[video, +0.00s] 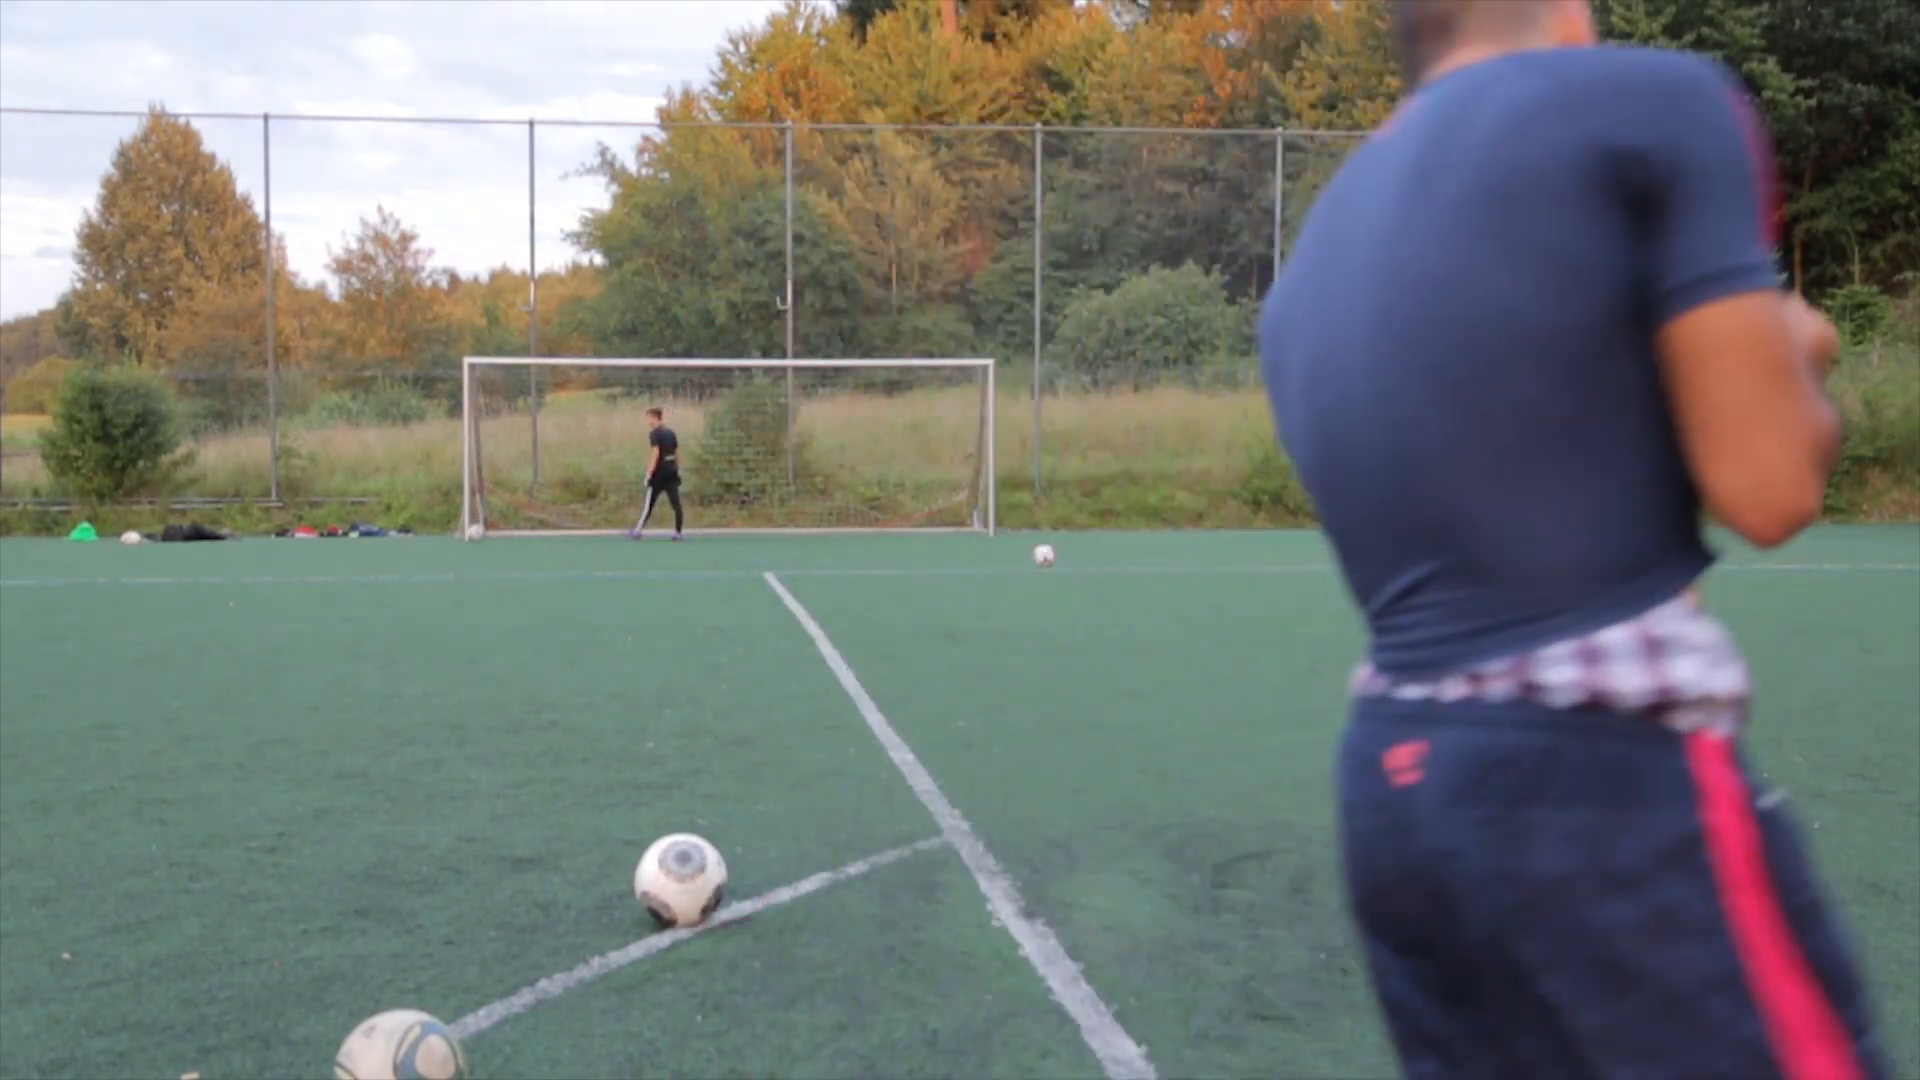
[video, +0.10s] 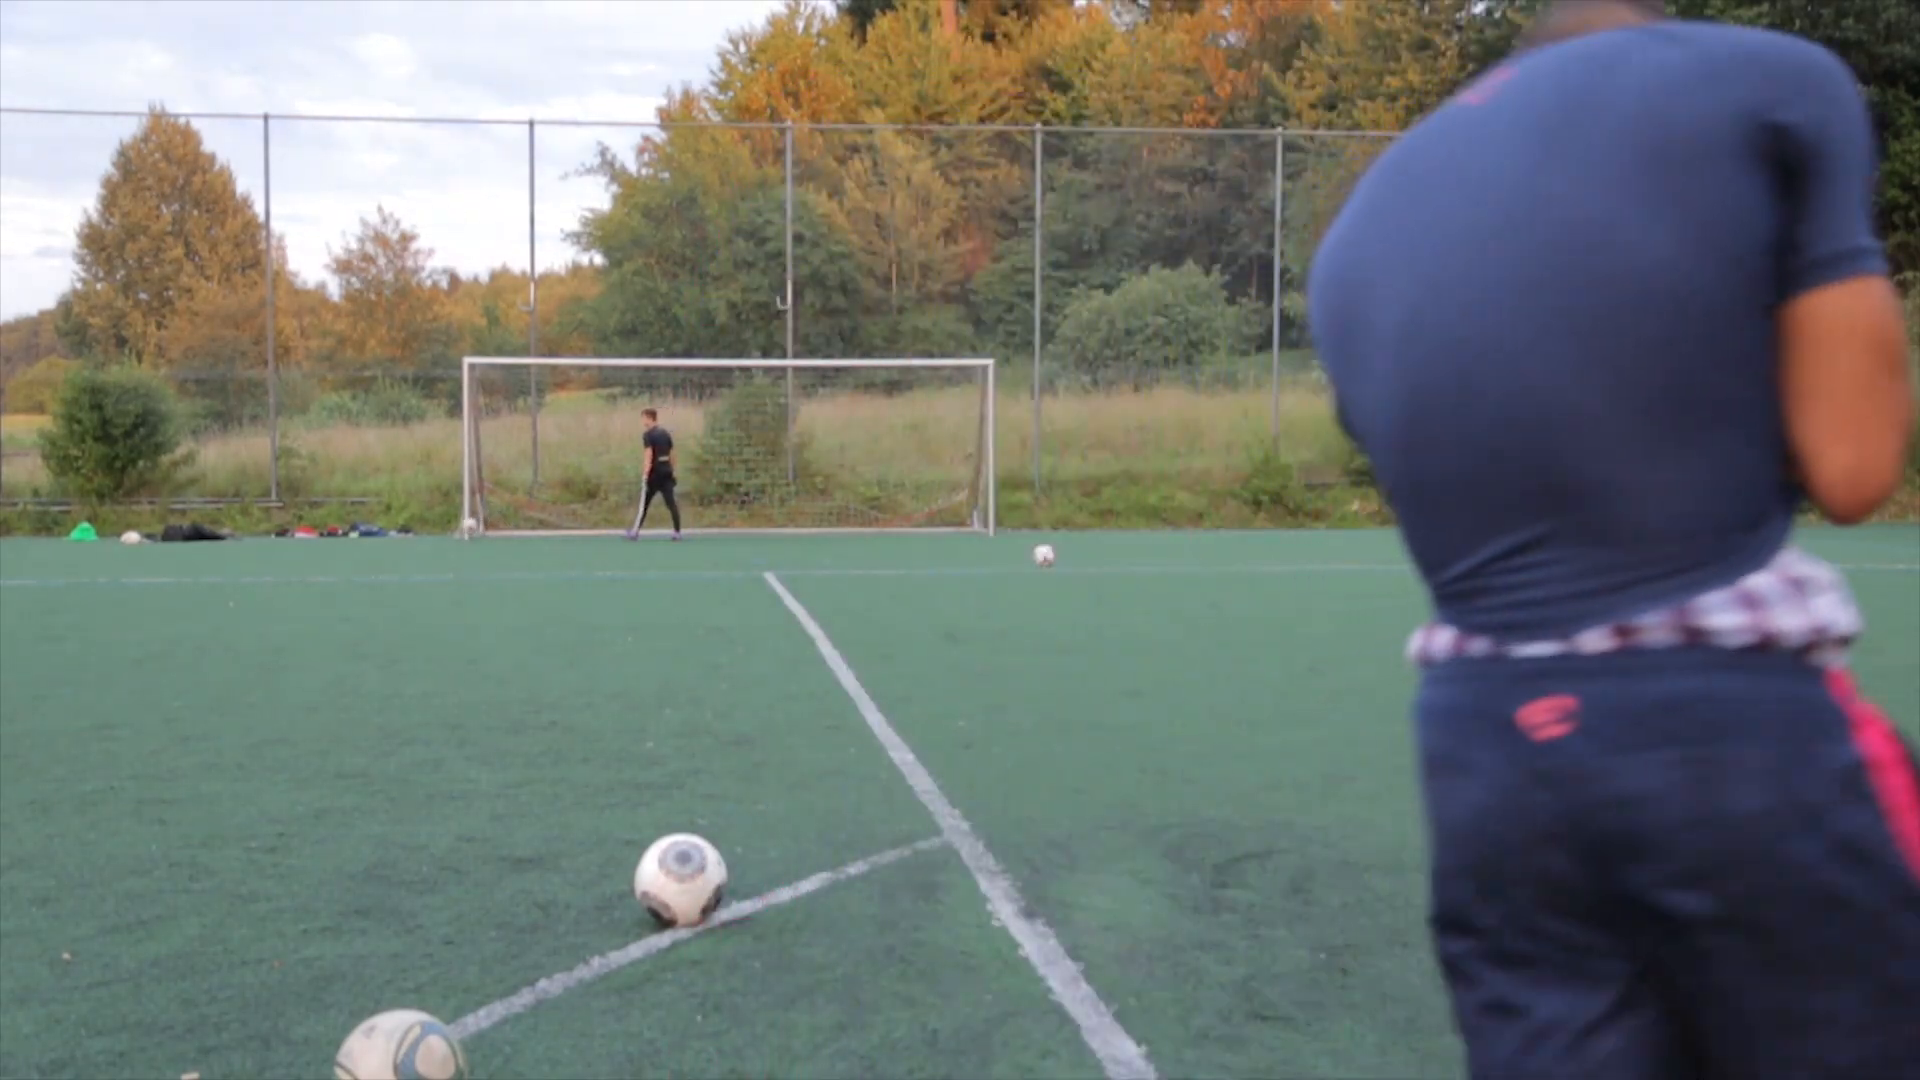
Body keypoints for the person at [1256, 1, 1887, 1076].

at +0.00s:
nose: (1600, 22)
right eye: (1593, 14)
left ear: (1416, 41)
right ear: (1570, 9)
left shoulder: (1321, 234)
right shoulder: (1651, 96)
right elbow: (1768, 494)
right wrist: (1794, 357)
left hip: (1395, 767)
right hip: (1612, 768)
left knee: (1475, 1065)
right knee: (1802, 1062)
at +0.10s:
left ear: (1518, 40)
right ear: (1661, 16)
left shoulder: (1360, 224)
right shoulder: (1773, 82)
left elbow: (1449, 507)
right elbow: (1852, 473)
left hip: (1477, 741)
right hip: (1735, 711)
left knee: (1546, 1055)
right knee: (1854, 1047)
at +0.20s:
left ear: (1574, 88)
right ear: (1718, 66)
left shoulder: (1425, 228)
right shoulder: (1870, 125)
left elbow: (1470, 510)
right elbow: (1880, 490)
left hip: (1564, 740)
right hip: (1849, 717)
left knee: (1597, 1055)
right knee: (1893, 1045)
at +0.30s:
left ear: (1609, 153)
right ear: (1761, 122)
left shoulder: (1506, 252)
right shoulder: (1898, 167)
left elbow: (1550, 544)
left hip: (1641, 751)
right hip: (1898, 726)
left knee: (1648, 1056)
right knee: (1913, 1044)